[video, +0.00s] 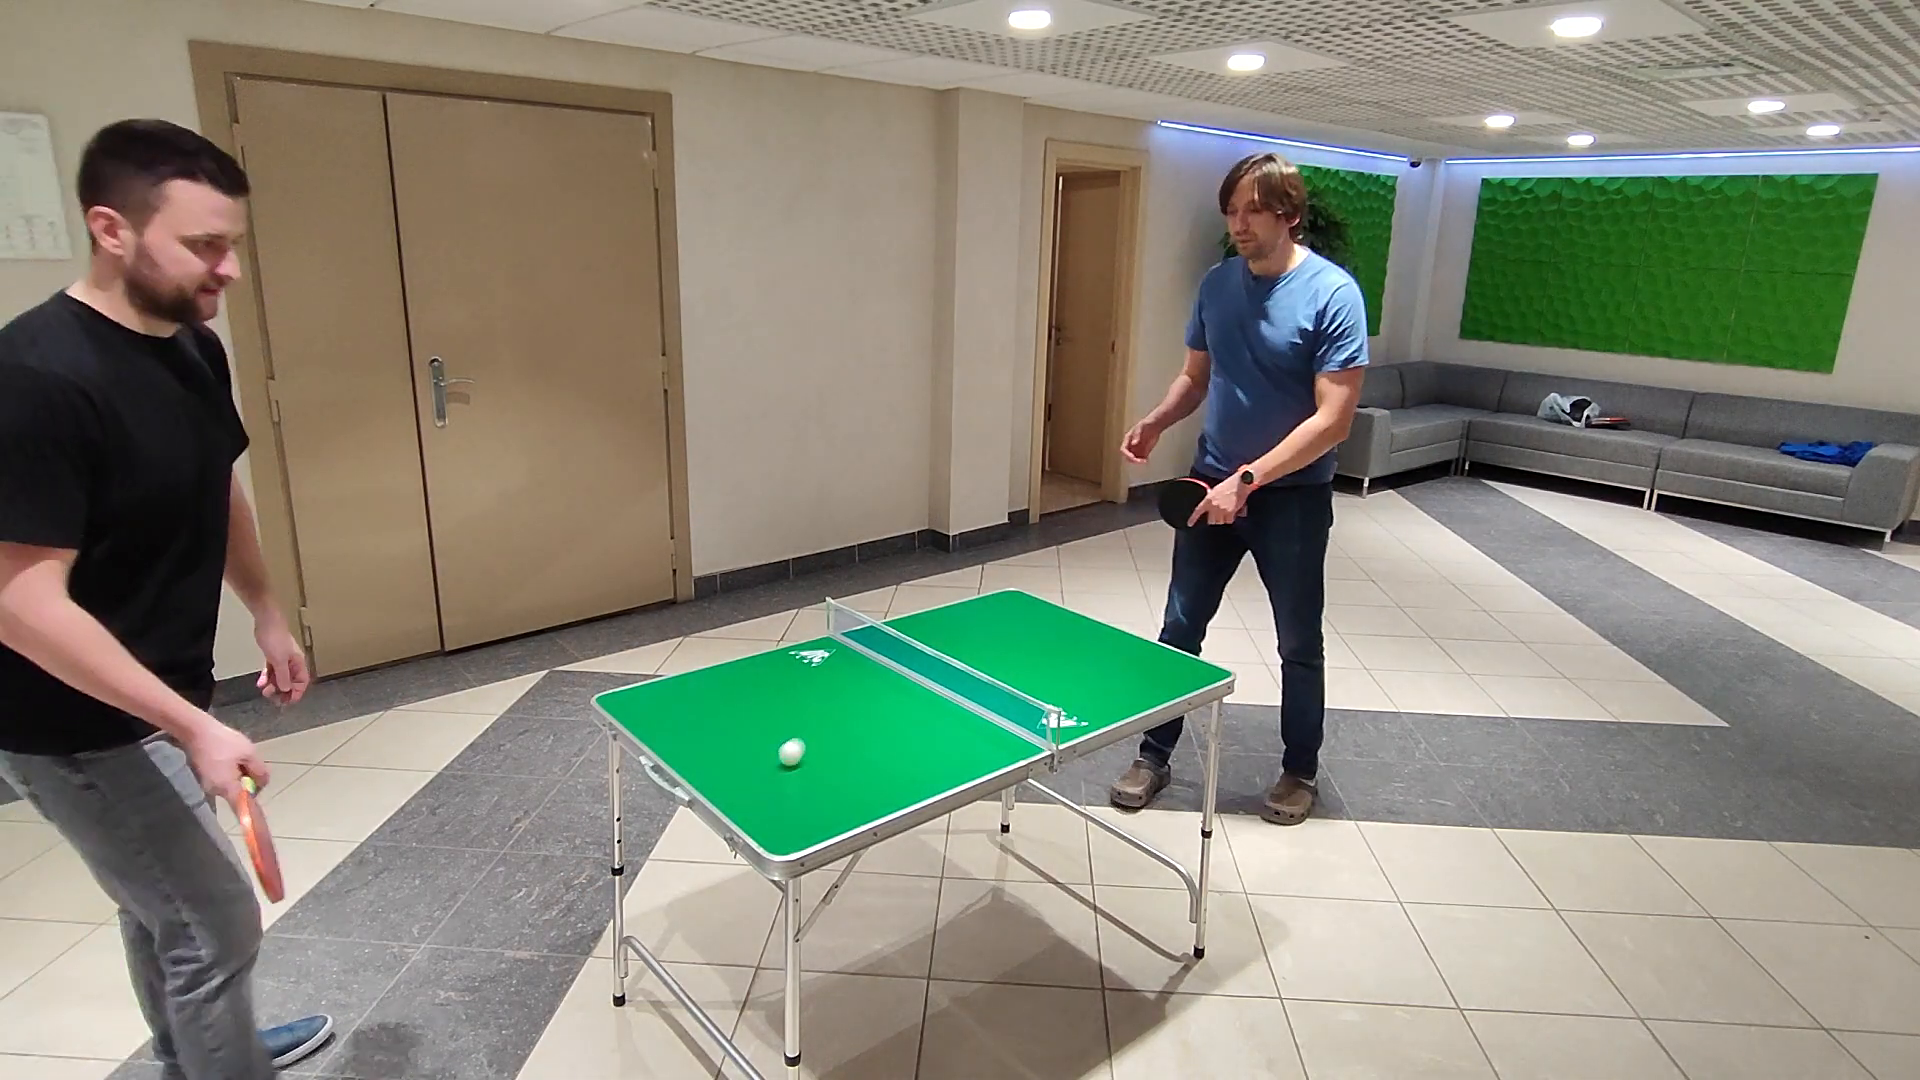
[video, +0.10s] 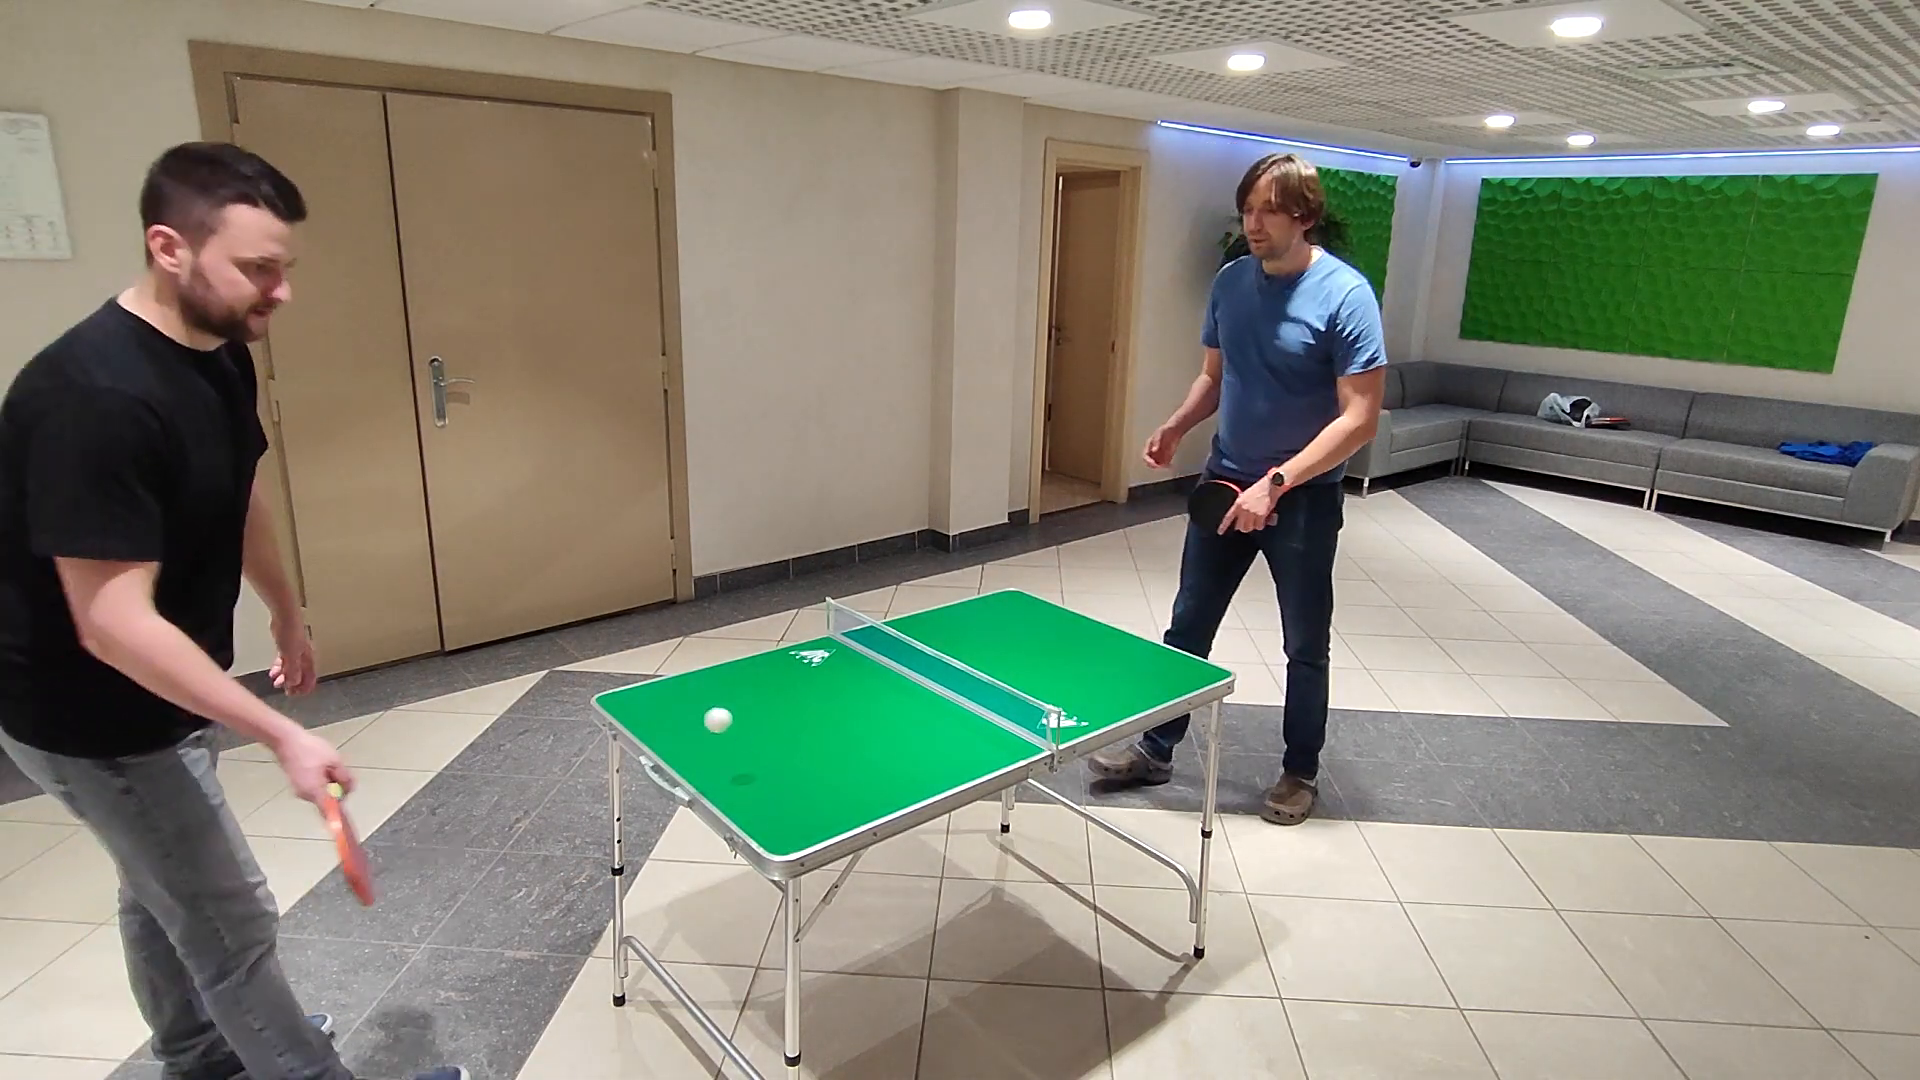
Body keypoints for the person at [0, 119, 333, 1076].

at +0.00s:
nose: (229, 270)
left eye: (234, 247)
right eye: (205, 246)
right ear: (112, 232)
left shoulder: (194, 349)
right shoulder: (40, 372)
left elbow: (218, 492)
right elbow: (25, 599)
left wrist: (268, 614)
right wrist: (190, 725)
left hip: (167, 703)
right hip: (71, 727)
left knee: (162, 907)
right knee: (214, 928)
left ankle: (200, 1046)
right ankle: (217, 1072)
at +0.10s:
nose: (279, 292)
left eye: (285, 269)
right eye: (258, 269)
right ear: (170, 251)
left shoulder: (218, 350)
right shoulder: (91, 394)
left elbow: (243, 494)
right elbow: (109, 617)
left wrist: (287, 617)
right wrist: (284, 737)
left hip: (171, 695)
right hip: (96, 721)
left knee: (162, 889)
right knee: (232, 928)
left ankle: (193, 1048)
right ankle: (309, 1071)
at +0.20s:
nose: (316, 306)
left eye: (322, 283)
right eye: (296, 280)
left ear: (219, 264)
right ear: (211, 261)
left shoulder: (227, 351)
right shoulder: (158, 401)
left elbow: (255, 501)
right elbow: (212, 627)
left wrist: (307, 610)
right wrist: (388, 718)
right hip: (141, 712)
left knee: (173, 885)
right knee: (257, 932)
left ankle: (197, 1050)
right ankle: (328, 1070)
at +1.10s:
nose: (269, 247)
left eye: (264, 222)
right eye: (250, 222)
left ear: (172, 231)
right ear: (166, 228)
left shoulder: (100, 352)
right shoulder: (133, 376)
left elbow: (209, 586)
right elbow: (98, 620)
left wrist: (327, 684)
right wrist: (309, 716)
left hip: (101, 781)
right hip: (190, 790)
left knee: (141, 1021)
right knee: (340, 949)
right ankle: (340, 1072)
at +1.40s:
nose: (233, 258)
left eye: (233, 232)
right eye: (208, 228)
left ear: (113, 221)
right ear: (107, 213)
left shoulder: (83, 344)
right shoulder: (78, 372)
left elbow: (126, 591)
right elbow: (19, 626)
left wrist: (242, 713)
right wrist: (218, 759)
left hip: (76, 807)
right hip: (134, 822)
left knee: (114, 1053)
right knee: (267, 1051)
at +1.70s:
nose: (265, 279)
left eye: (266, 251)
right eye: (245, 247)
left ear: (138, 231)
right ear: (137, 226)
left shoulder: (113, 356)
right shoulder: (73, 398)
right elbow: (44, 685)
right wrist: (281, 774)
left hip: (141, 850)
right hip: (110, 874)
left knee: (187, 1060)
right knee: (174, 1069)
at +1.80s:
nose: (258, 280)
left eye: (262, 250)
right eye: (238, 248)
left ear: (128, 228)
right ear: (131, 224)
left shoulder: (75, 345)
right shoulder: (87, 409)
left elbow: (139, 600)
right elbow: (144, 687)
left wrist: (232, 714)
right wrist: (379, 745)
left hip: (119, 846)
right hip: (117, 874)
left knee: (183, 1059)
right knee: (173, 1071)